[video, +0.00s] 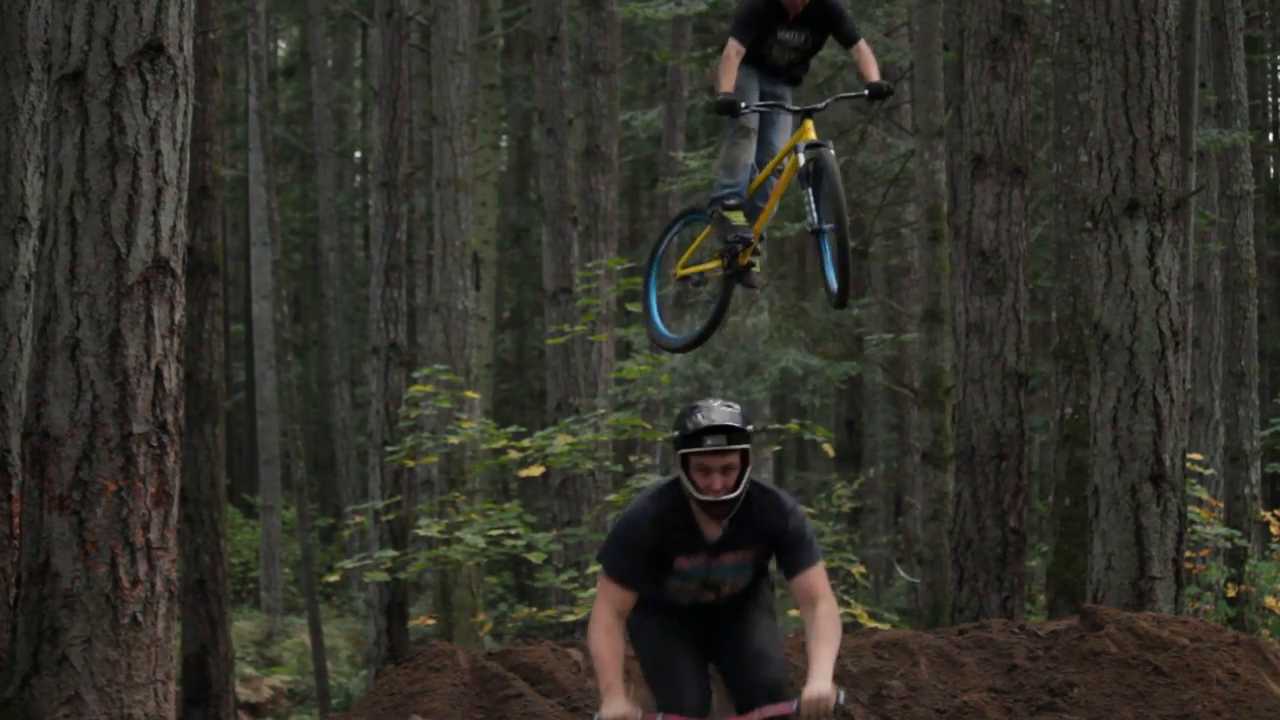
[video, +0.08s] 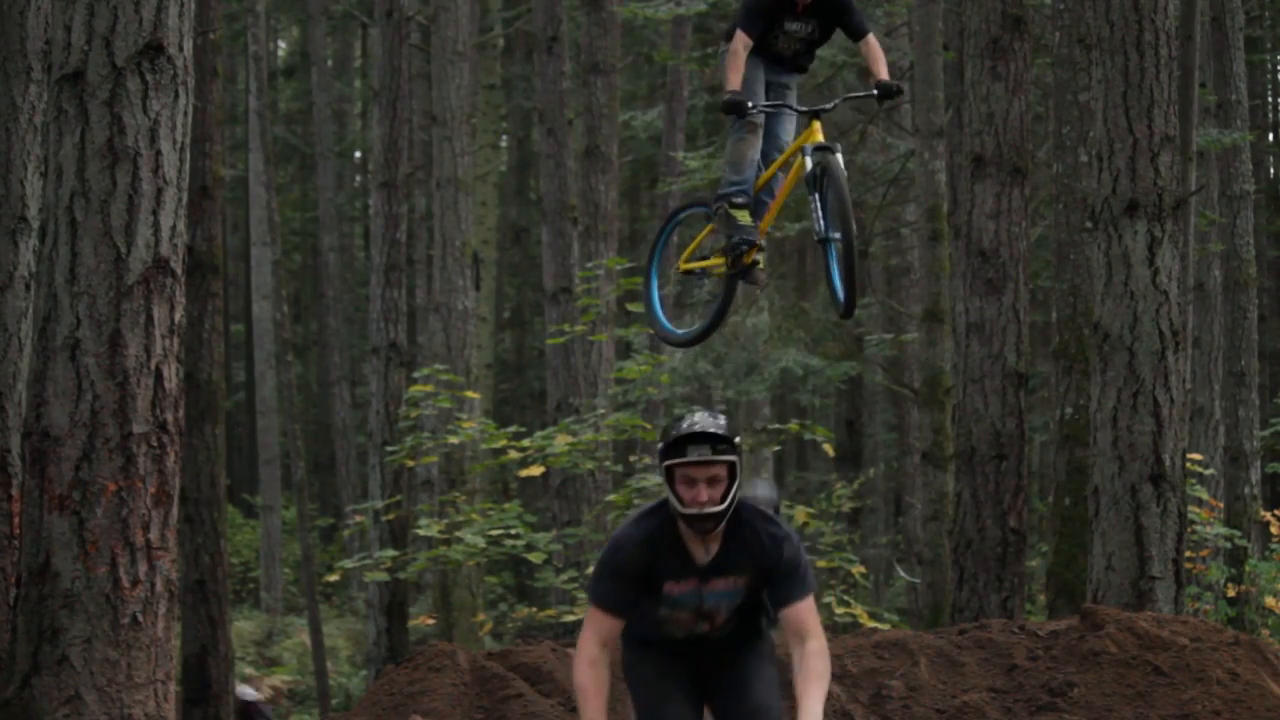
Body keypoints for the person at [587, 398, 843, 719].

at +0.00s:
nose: (716, 484)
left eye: (728, 471)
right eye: (703, 471)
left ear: (745, 465)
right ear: (683, 467)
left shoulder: (776, 513)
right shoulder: (646, 519)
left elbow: (819, 602)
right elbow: (608, 612)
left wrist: (820, 680)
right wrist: (613, 697)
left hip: (744, 611)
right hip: (665, 618)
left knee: (769, 702)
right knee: (686, 708)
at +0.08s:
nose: (701, 496)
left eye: (713, 482)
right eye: (688, 483)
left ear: (734, 479)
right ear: (669, 482)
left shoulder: (768, 540)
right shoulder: (632, 547)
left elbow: (807, 640)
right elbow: (594, 646)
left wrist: (810, 715)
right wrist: (593, 716)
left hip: (741, 656)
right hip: (659, 661)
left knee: (764, 711)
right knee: (668, 712)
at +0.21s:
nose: (695, 505)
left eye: (708, 490)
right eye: (682, 490)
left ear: (728, 489)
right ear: (662, 491)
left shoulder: (769, 555)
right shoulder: (624, 558)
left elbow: (803, 654)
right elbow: (584, 663)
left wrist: (807, 715)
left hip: (742, 688)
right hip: (656, 693)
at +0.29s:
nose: (679, 518)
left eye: (694, 504)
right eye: (666, 504)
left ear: (717, 505)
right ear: (647, 507)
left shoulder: (761, 579)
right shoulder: (609, 583)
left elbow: (793, 691)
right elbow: (571, 696)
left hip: (738, 709)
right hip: (640, 710)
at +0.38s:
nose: (672, 525)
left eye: (687, 510)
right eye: (657, 510)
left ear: (710, 512)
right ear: (638, 515)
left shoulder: (754, 589)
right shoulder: (601, 593)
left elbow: (791, 704)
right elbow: (560, 708)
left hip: (730, 710)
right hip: (630, 710)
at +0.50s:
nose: (654, 536)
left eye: (668, 520)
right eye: (639, 521)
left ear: (692, 524)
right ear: (618, 526)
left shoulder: (743, 606)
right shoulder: (579, 612)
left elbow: (788, 715)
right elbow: (537, 715)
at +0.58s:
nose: (643, 538)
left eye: (658, 522)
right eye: (627, 522)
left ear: (683, 526)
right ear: (606, 528)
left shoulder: (738, 612)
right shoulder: (564, 619)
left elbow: (785, 714)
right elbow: (528, 713)